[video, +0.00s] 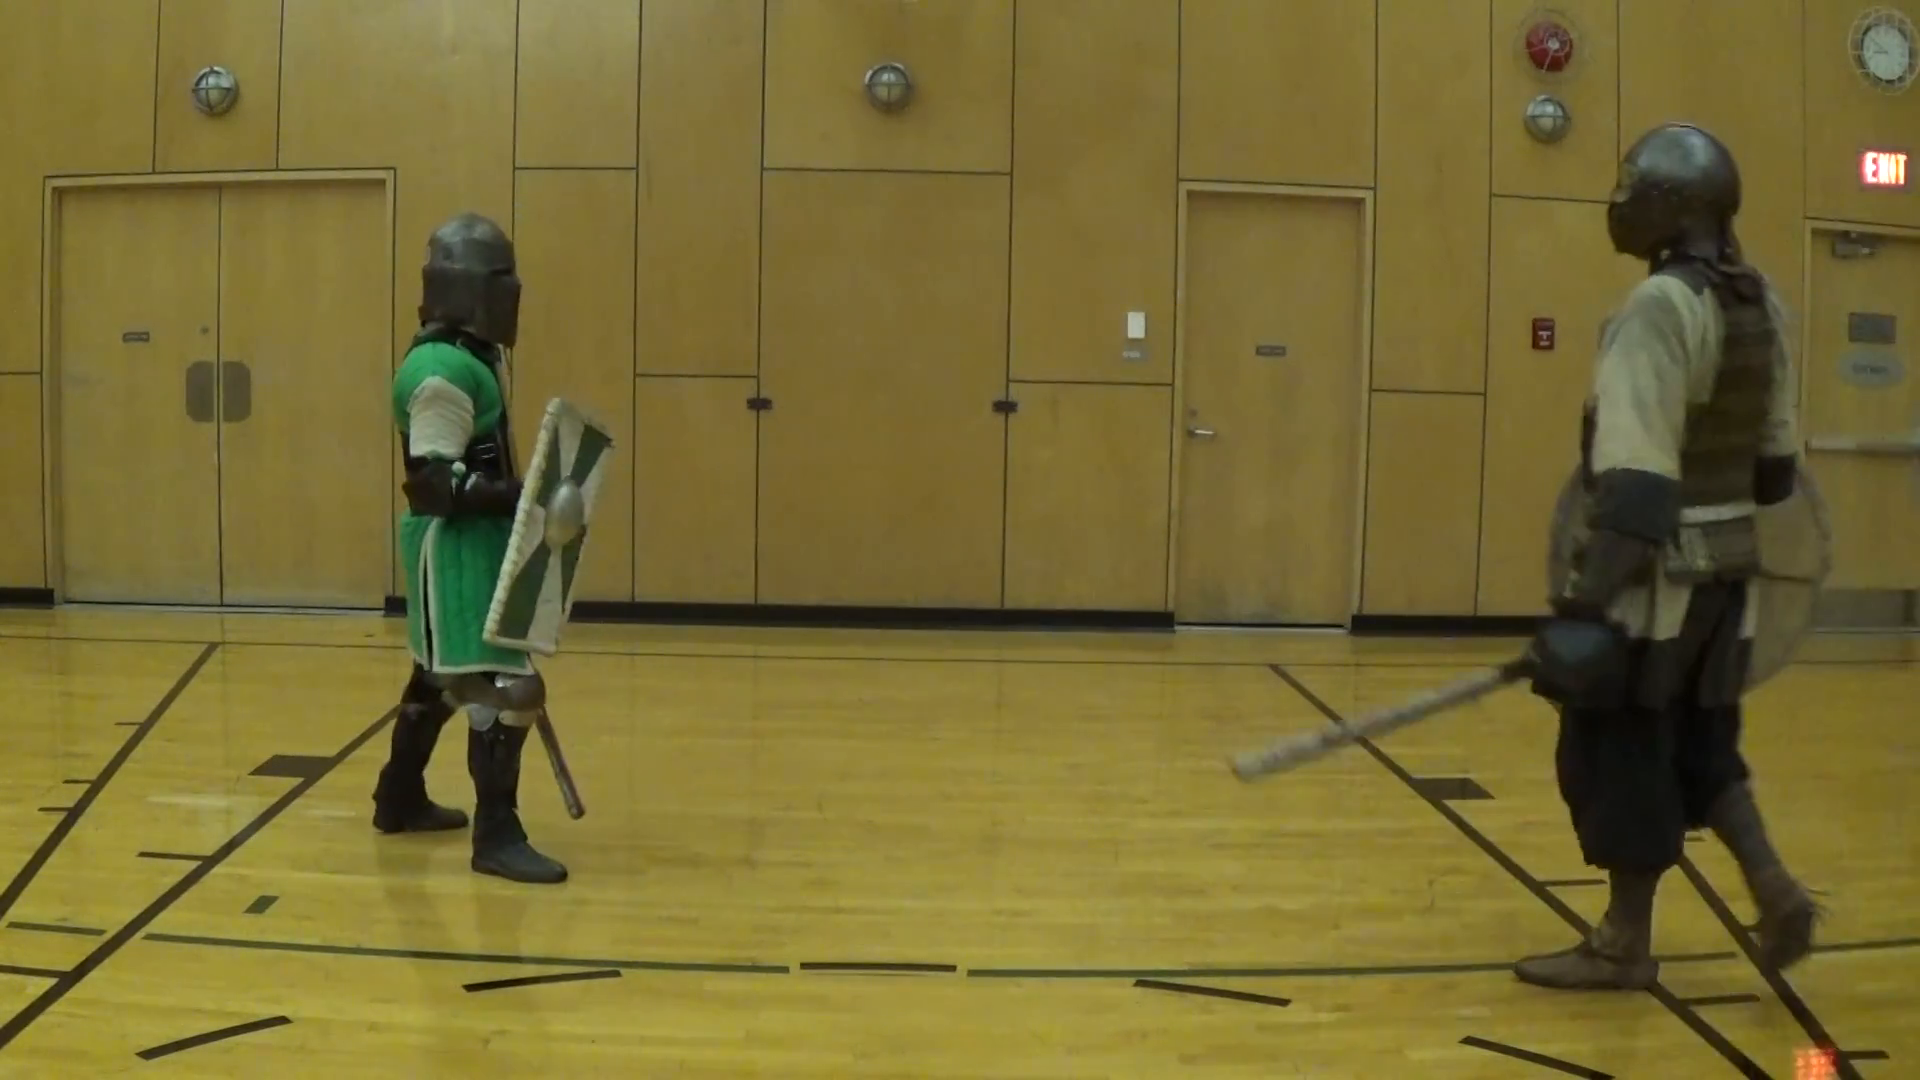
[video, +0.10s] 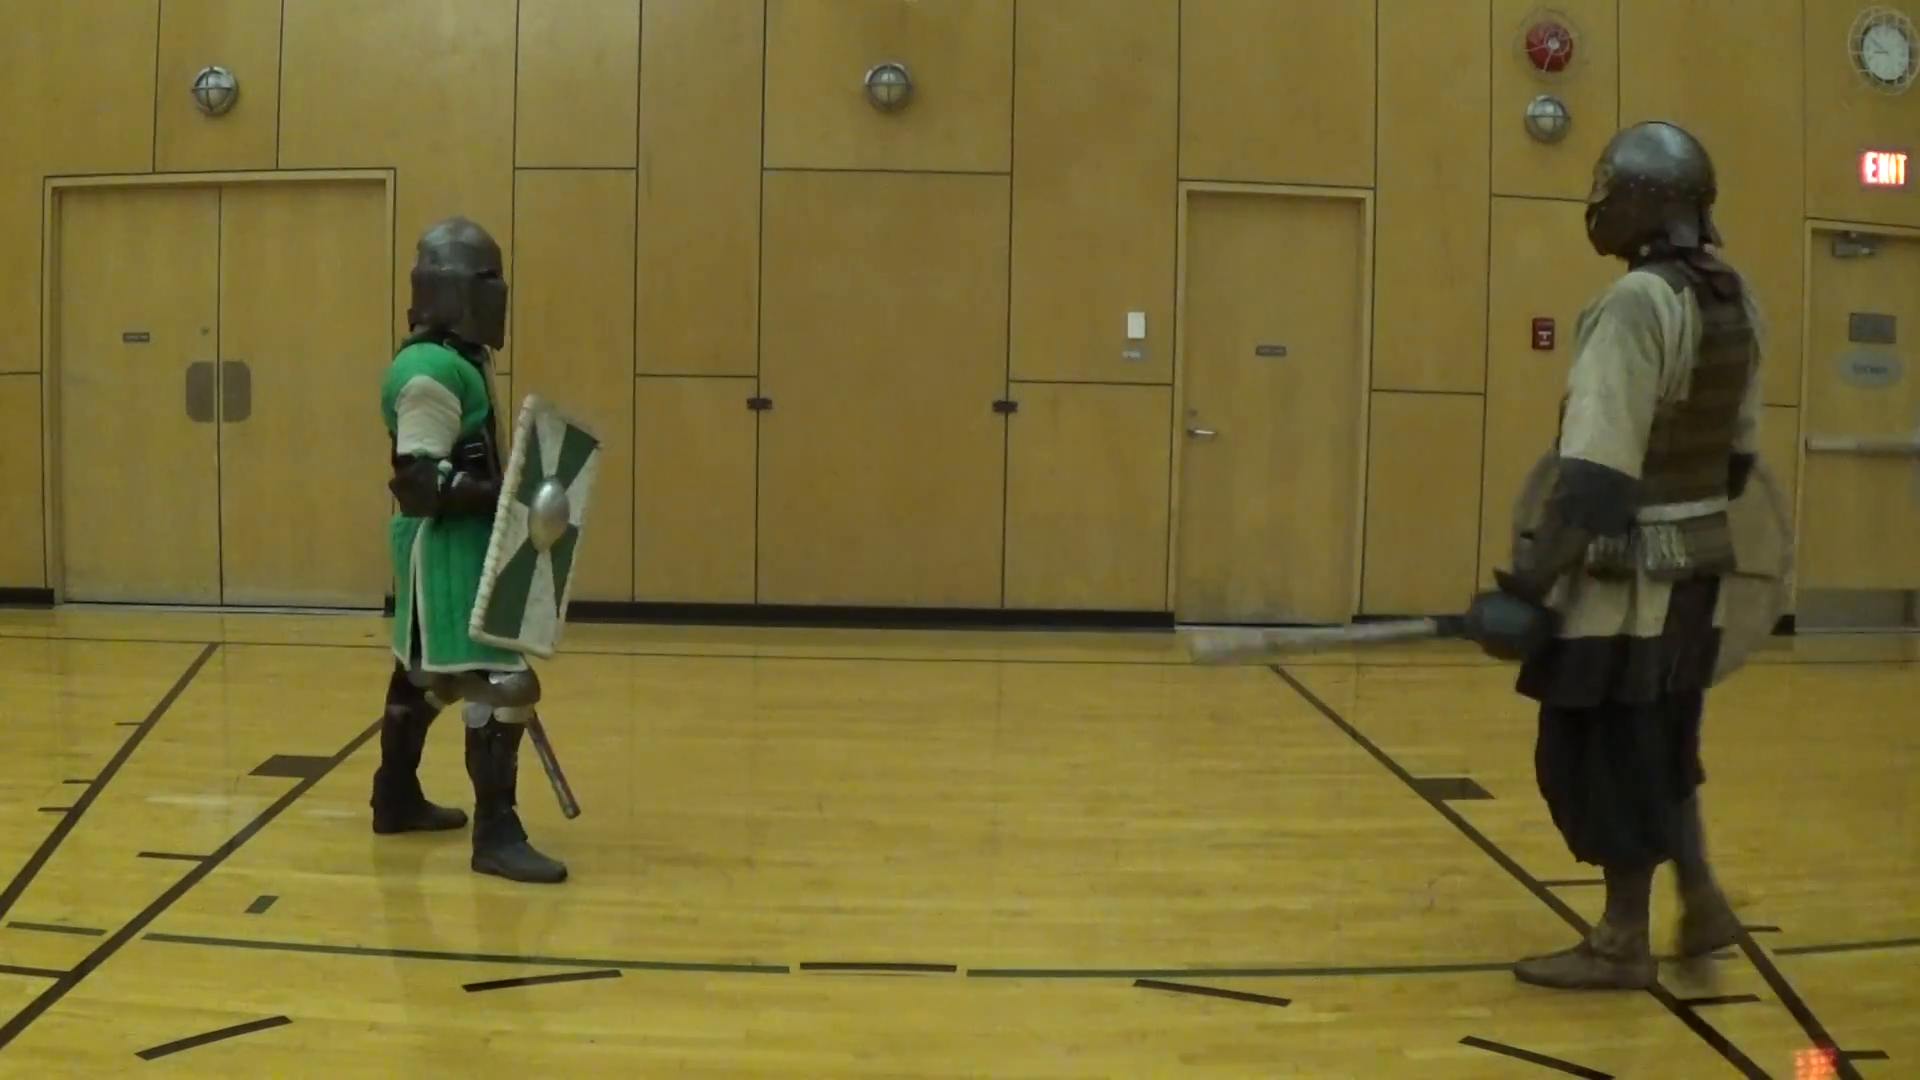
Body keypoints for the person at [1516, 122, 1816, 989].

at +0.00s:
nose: (1615, 205)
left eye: (1629, 190)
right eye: (1621, 188)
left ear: (1667, 203)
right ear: (1711, 206)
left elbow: (1640, 485)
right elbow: (1774, 472)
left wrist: (1584, 609)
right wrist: (1670, 483)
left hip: (1652, 588)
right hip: (1724, 580)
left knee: (1624, 751)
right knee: (1700, 738)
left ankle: (1624, 940)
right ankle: (1777, 893)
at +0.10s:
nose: (1592, 206)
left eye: (1604, 191)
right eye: (1597, 189)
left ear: (1647, 201)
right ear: (1687, 203)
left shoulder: (1635, 305)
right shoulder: (1728, 293)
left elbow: (1598, 468)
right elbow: (1733, 454)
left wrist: (1526, 583)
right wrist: (1701, 540)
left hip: (1626, 576)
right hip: (1693, 570)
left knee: (1608, 747)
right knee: (1657, 738)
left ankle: (1621, 940)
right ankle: (1705, 904)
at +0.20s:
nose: (1570, 207)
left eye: (1585, 191)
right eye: (1576, 189)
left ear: (1632, 203)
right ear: (1663, 205)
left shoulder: (1622, 301)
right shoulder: (1696, 289)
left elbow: (1575, 469)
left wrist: (1481, 567)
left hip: (1611, 563)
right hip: (1671, 559)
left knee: (1589, 739)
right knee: (1628, 729)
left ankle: (1623, 939)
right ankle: (1618, 901)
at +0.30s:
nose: (1546, 208)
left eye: (1562, 192)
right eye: (1551, 189)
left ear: (1612, 206)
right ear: (1630, 207)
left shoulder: (1610, 300)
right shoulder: (1661, 288)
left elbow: (1567, 469)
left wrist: (1464, 548)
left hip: (1598, 556)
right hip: (1636, 549)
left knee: (1601, 734)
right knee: (1565, 717)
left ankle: (1622, 938)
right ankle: (1535, 883)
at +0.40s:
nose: (1521, 210)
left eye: (1537, 195)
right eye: (1526, 193)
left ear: (1585, 207)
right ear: (1596, 208)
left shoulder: (1594, 299)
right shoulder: (1627, 290)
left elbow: (1570, 460)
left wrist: (1461, 530)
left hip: (1579, 560)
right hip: (1587, 554)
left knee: (1583, 737)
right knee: (1524, 716)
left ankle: (1622, 937)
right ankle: (1469, 870)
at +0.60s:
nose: (1471, 213)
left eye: (1487, 200)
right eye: (1475, 198)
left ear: (1539, 217)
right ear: (1536, 217)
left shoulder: (1555, 302)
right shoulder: (1536, 297)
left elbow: (1581, 452)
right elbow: (1538, 441)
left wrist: (1474, 526)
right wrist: (1461, 505)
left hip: (1536, 573)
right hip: (1498, 567)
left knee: (1564, 745)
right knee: (1460, 724)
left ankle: (1617, 932)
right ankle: (1413, 880)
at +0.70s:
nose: (1446, 211)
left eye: (1464, 197)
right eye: (1451, 197)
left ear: (1515, 211)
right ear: (1510, 215)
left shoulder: (1536, 298)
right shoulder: (1507, 298)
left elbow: (1569, 444)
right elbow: (1506, 437)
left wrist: (1472, 521)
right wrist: (1437, 502)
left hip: (1508, 570)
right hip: (1471, 565)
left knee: (1532, 739)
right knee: (1441, 721)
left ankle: (1609, 920)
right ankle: (1409, 881)